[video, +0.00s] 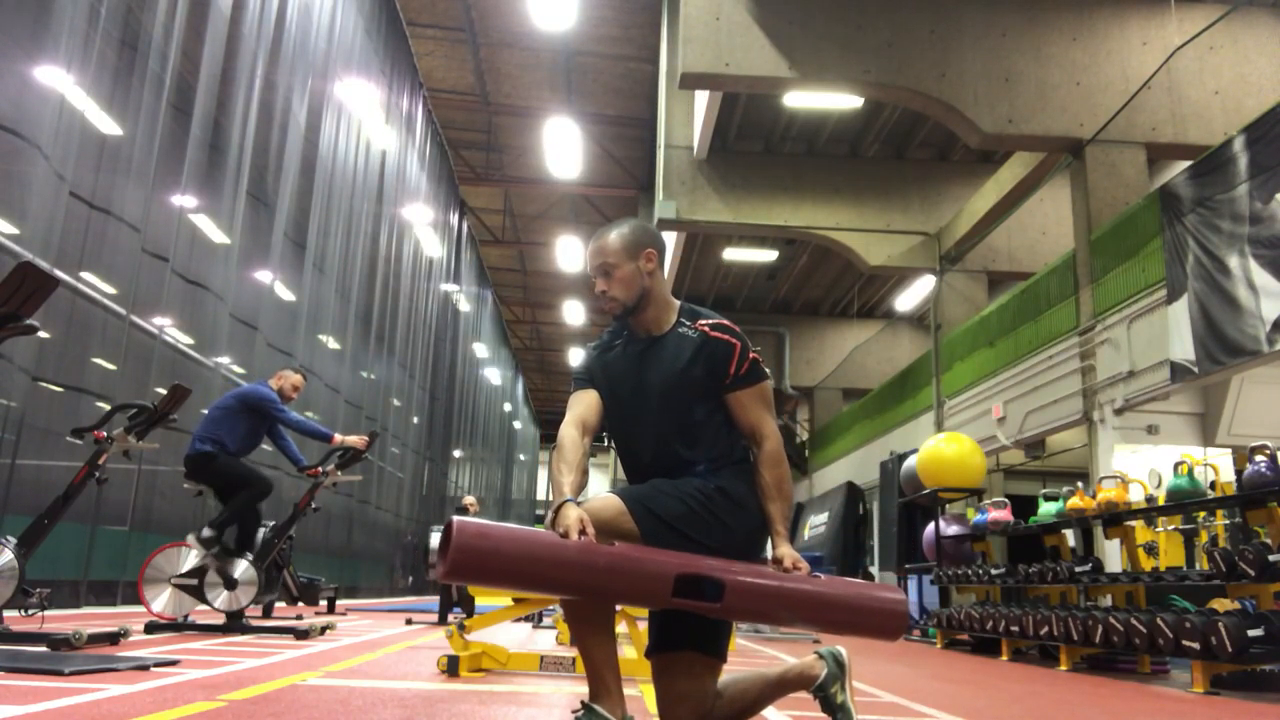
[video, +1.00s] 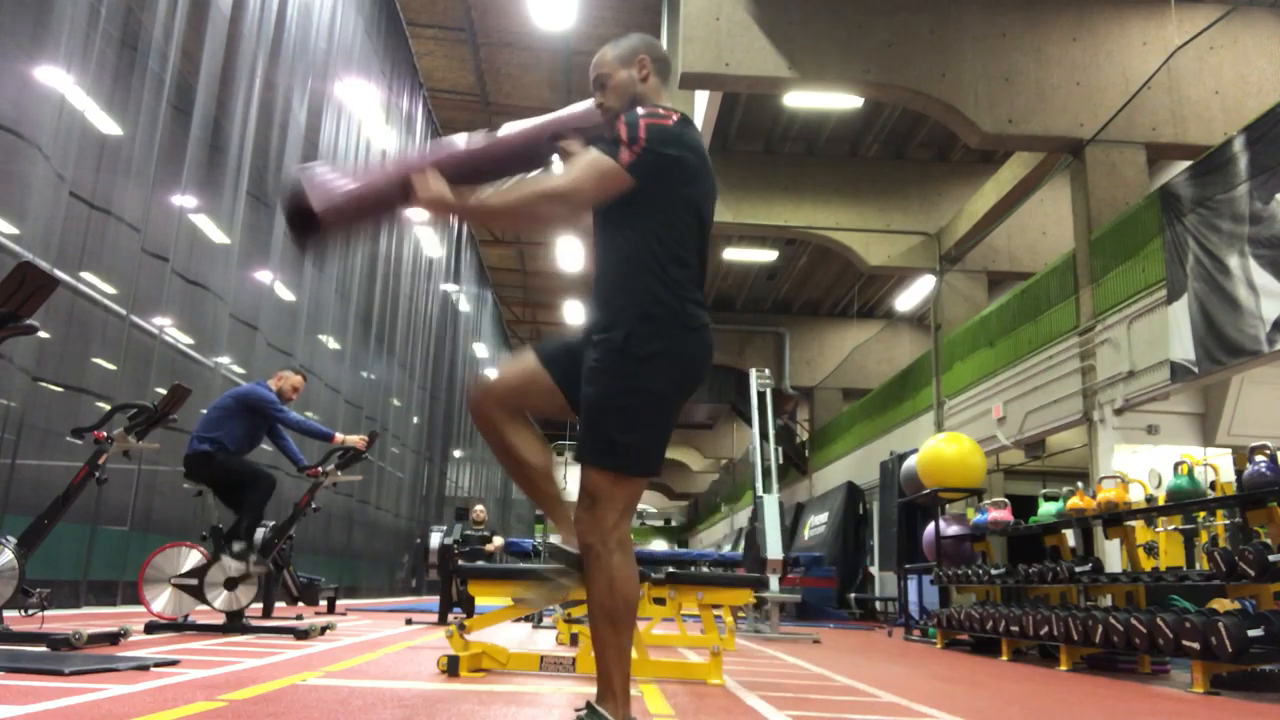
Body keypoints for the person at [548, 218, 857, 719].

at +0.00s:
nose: (597, 287)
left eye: (608, 271)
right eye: (594, 275)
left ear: (650, 264)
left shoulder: (715, 338)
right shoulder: (604, 359)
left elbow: (768, 439)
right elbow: (575, 429)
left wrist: (782, 539)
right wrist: (566, 502)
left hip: (728, 510)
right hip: (667, 524)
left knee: (574, 523)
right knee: (686, 708)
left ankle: (608, 706)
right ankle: (817, 671)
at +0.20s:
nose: (595, 280)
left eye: (606, 265)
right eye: (591, 269)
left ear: (648, 258)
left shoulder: (714, 332)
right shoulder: (605, 357)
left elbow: (770, 431)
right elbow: (577, 429)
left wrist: (780, 532)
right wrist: (566, 495)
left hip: (726, 503)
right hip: (668, 518)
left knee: (575, 524)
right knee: (689, 707)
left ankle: (607, 706)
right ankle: (819, 671)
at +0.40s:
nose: (590, 249)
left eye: (599, 233)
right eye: (585, 237)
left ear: (639, 226)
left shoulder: (704, 299)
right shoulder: (606, 326)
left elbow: (762, 392)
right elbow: (570, 396)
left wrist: (756, 497)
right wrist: (544, 435)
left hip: (714, 476)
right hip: (665, 484)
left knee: (561, 528)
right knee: (702, 686)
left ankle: (607, 708)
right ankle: (834, 669)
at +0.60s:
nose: (576, 175)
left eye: (585, 159)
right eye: (574, 163)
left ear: (624, 154)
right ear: (600, 163)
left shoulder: (674, 226)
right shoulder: (605, 255)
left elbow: (715, 330)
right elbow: (555, 331)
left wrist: (679, 428)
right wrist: (497, 340)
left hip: (702, 428)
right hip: (665, 433)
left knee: (567, 529)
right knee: (720, 610)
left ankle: (607, 706)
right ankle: (850, 670)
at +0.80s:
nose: (580, 113)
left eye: (585, 97)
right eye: (576, 103)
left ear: (627, 87)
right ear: (616, 95)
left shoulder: (661, 155)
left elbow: (649, 259)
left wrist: (571, 326)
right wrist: (504, 226)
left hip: (670, 363)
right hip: (665, 365)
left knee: (591, 522)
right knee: (615, 535)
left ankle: (612, 706)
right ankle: (748, 620)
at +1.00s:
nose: (595, 96)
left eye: (603, 82)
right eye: (593, 87)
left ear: (644, 70)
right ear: (643, 76)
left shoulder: (656, 129)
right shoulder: (647, 138)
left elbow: (563, 196)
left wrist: (457, 204)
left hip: (650, 345)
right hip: (619, 339)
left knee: (601, 528)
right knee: (491, 397)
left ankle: (614, 707)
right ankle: (573, 529)